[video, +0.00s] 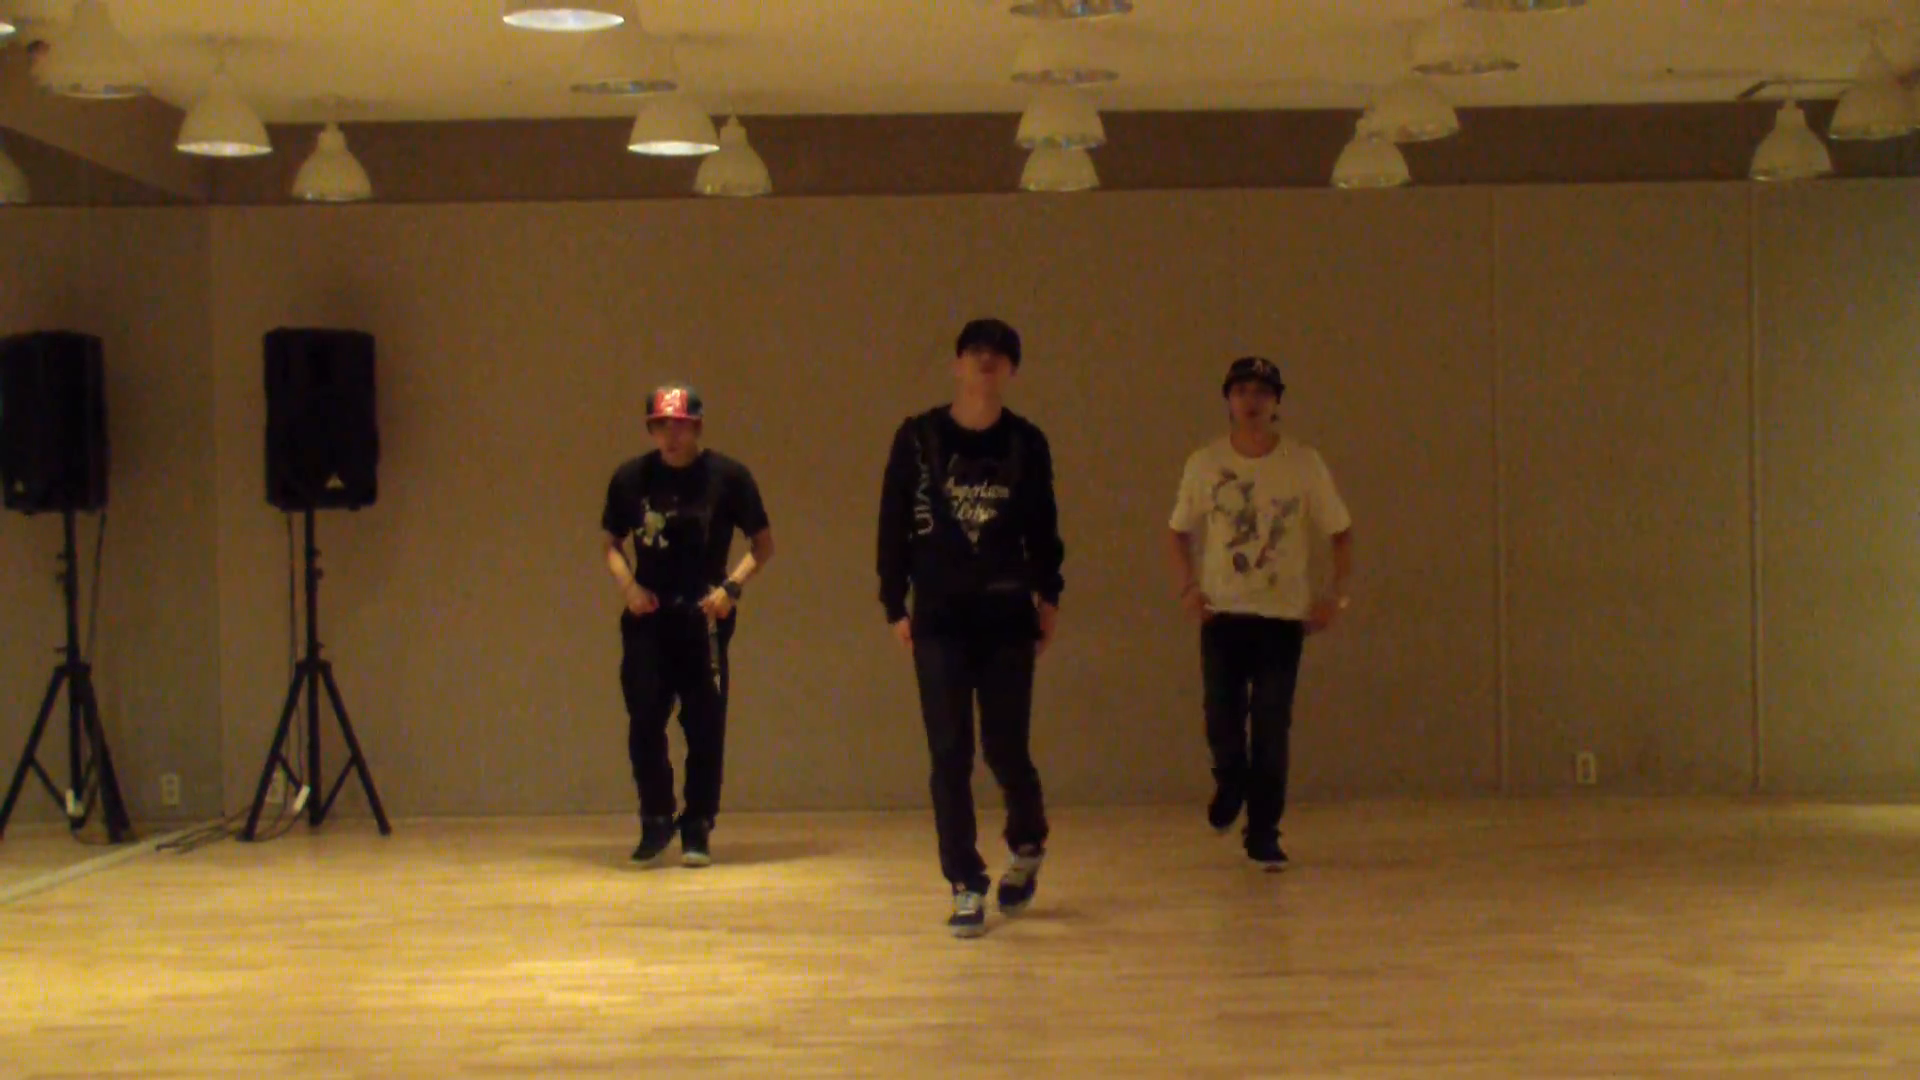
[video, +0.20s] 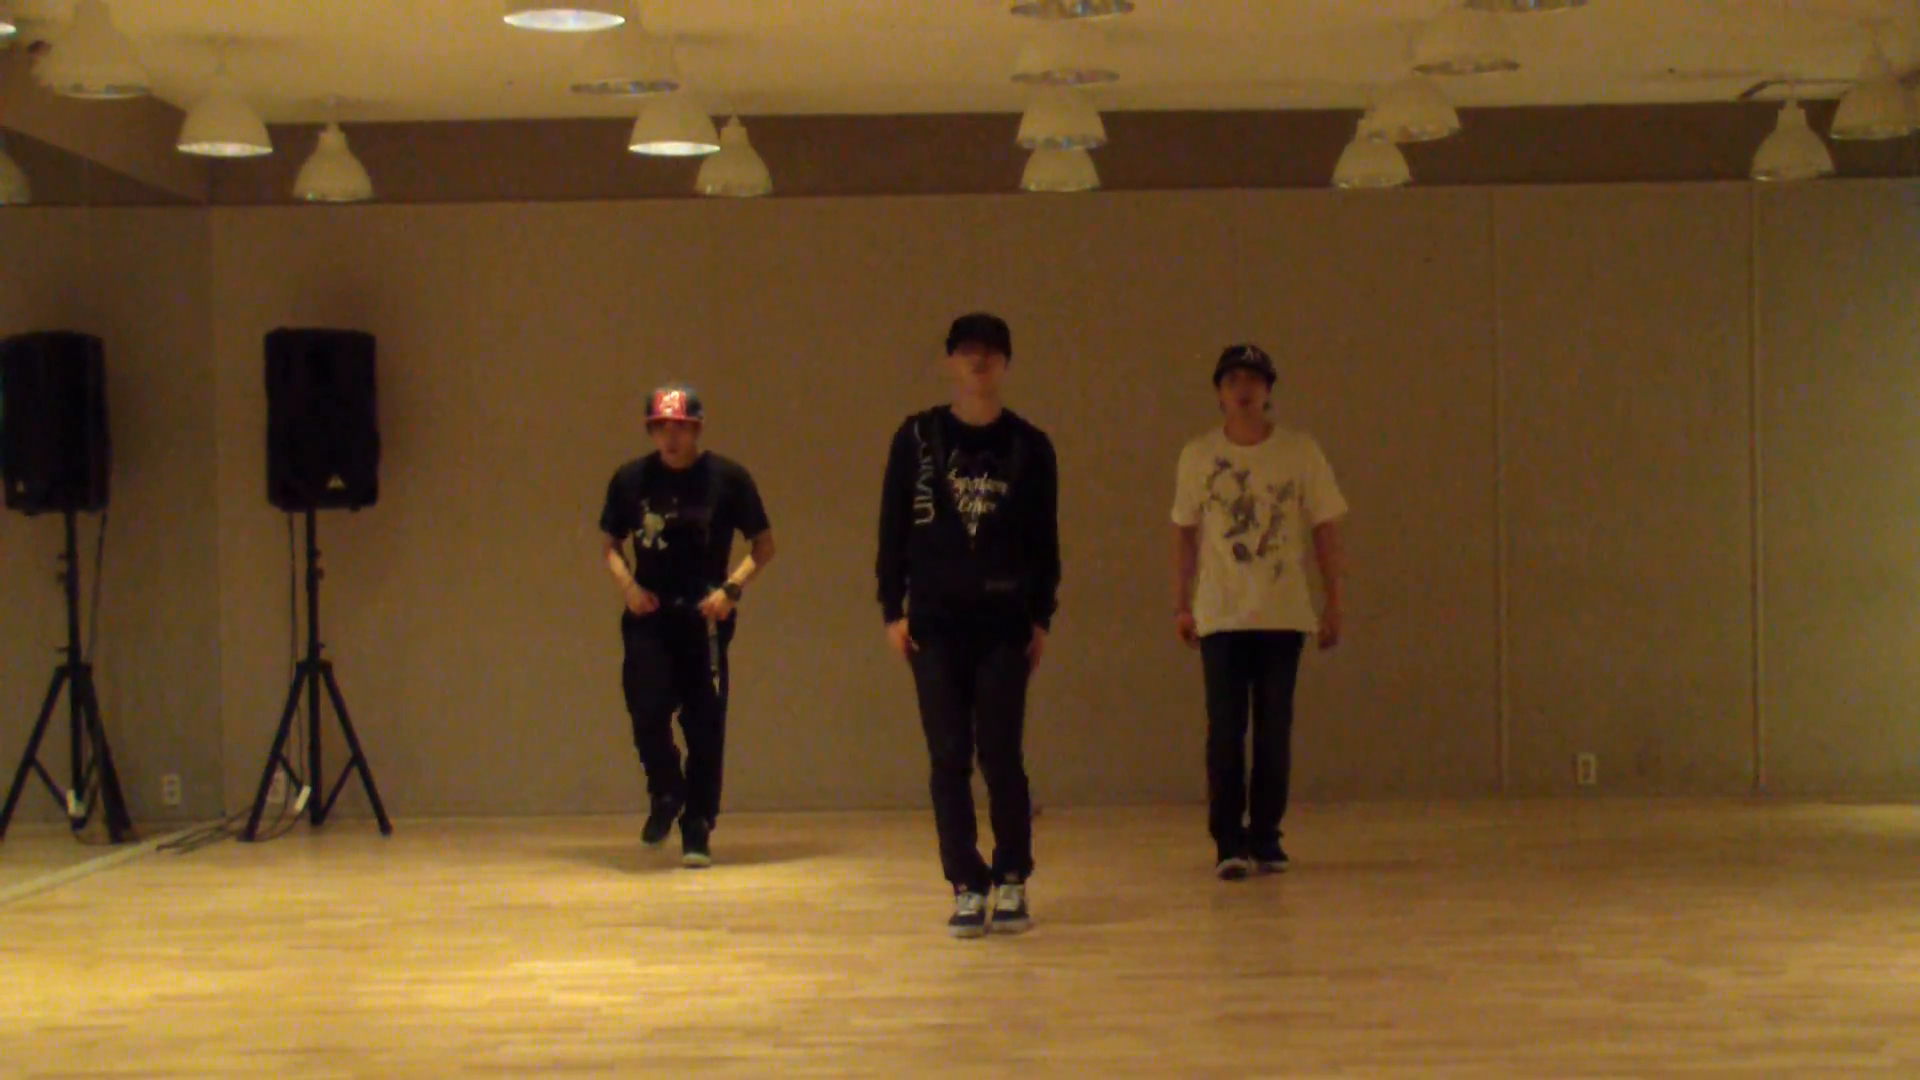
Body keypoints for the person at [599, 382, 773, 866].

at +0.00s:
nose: (670, 436)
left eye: (679, 426)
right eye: (662, 426)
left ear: (698, 427)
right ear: (650, 430)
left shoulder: (729, 478)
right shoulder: (631, 479)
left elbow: (763, 544)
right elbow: (612, 544)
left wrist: (731, 588)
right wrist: (629, 587)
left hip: (703, 622)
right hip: (647, 622)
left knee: (705, 728)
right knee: (644, 726)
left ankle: (696, 828)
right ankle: (656, 822)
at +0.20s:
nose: (670, 437)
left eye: (679, 428)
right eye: (661, 428)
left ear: (698, 429)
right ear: (650, 431)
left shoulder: (728, 480)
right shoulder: (630, 481)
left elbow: (763, 545)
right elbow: (611, 546)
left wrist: (730, 590)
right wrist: (630, 587)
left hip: (704, 620)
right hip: (648, 619)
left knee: (705, 725)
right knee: (646, 714)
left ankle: (697, 827)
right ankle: (666, 793)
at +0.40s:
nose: (662, 433)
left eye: (671, 424)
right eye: (654, 424)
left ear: (690, 427)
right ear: (642, 429)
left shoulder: (722, 478)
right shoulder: (624, 481)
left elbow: (751, 542)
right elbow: (608, 549)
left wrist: (727, 602)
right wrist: (616, 612)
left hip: (700, 630)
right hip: (642, 629)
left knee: (705, 737)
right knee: (646, 737)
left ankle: (697, 834)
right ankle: (653, 838)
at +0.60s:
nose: (653, 436)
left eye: (664, 428)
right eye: (645, 427)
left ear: (683, 436)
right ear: (633, 436)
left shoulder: (706, 483)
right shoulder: (616, 486)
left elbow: (729, 537)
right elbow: (594, 532)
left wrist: (723, 546)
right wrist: (597, 539)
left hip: (689, 625)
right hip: (632, 627)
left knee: (680, 720)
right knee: (633, 738)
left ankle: (697, 787)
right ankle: (652, 841)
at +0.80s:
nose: (652, 449)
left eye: (663, 440)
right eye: (644, 440)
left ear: (681, 450)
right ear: (630, 449)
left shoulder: (699, 501)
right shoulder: (607, 497)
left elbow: (696, 555)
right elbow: (584, 556)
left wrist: (677, 515)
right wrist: (591, 530)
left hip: (672, 638)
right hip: (615, 640)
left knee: (654, 717)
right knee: (621, 740)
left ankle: (651, 837)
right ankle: (652, 838)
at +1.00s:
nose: (646, 470)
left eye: (657, 462)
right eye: (638, 462)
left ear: (672, 471)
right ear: (624, 470)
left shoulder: (691, 519)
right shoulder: (606, 514)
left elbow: (688, 532)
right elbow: (588, 531)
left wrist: (659, 518)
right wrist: (595, 526)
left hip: (663, 648)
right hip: (607, 649)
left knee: (641, 723)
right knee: (605, 748)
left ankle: (617, 810)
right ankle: (656, 834)